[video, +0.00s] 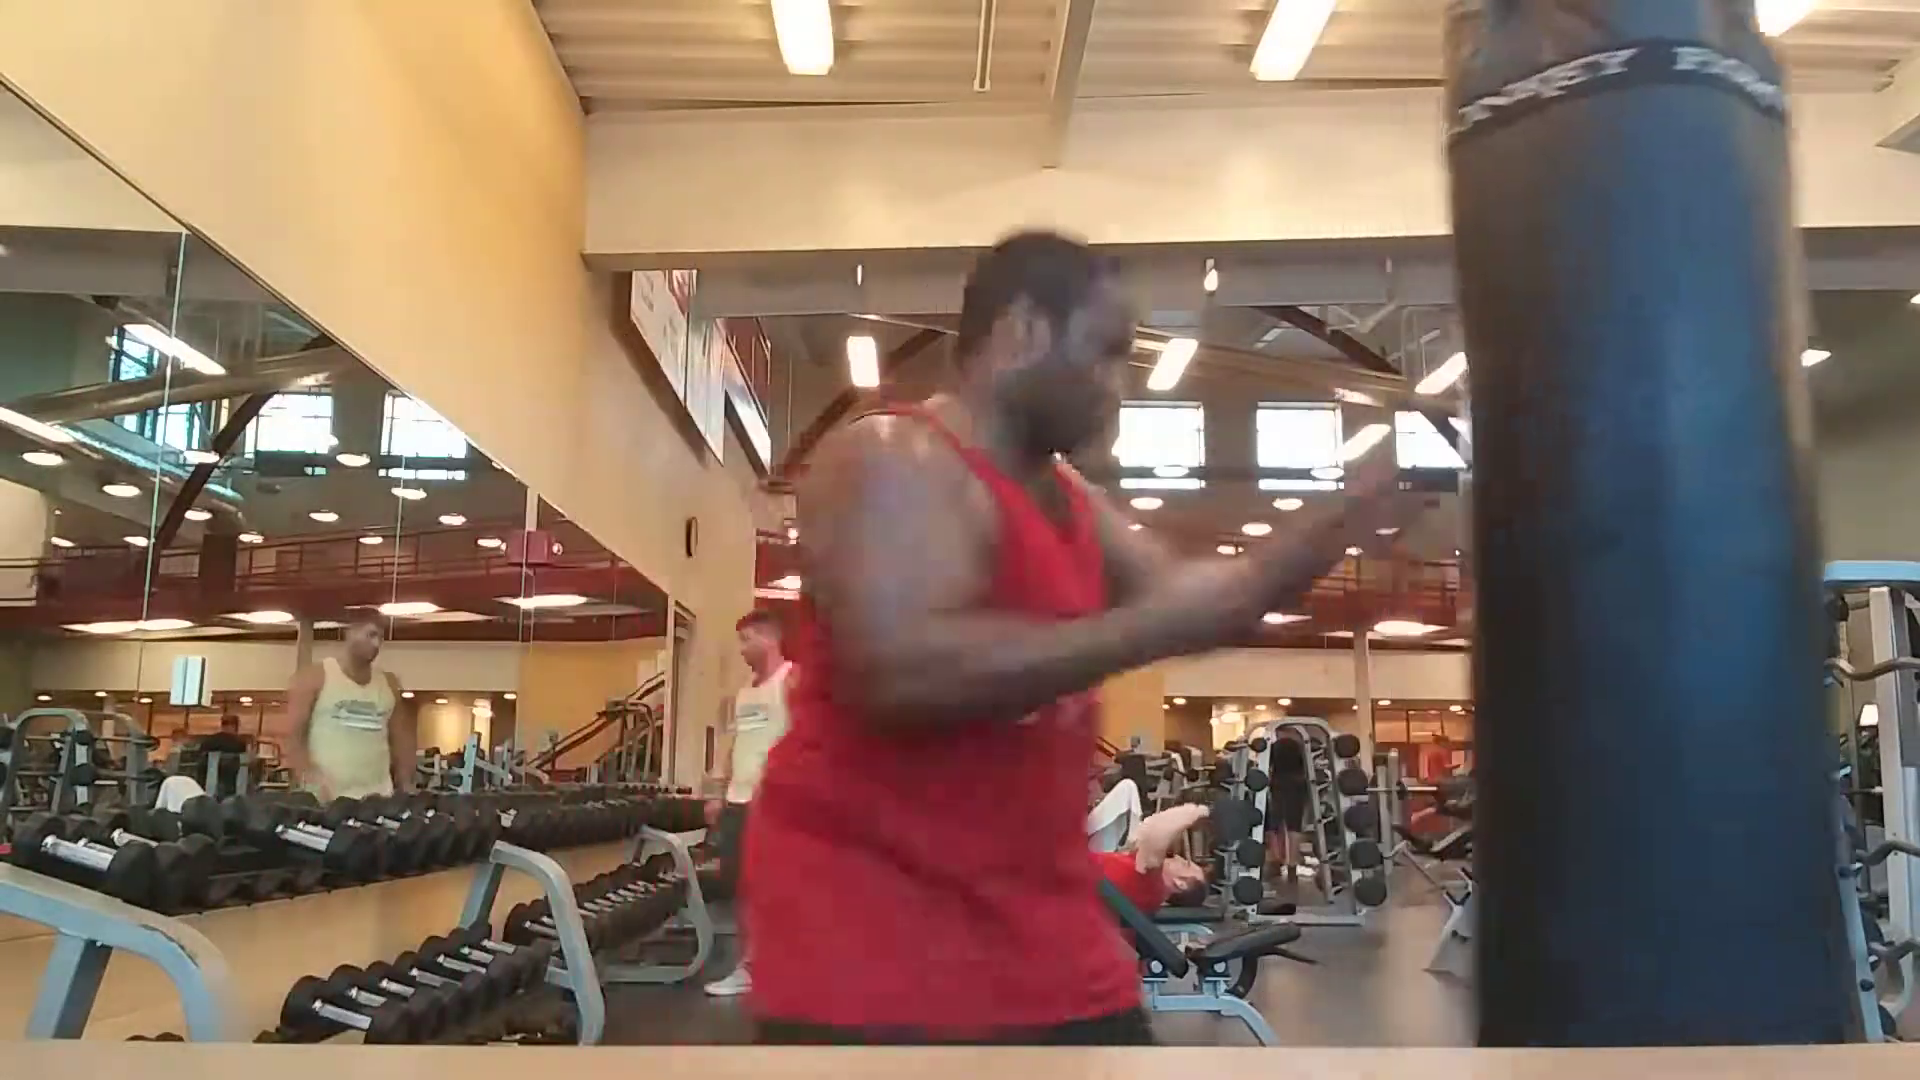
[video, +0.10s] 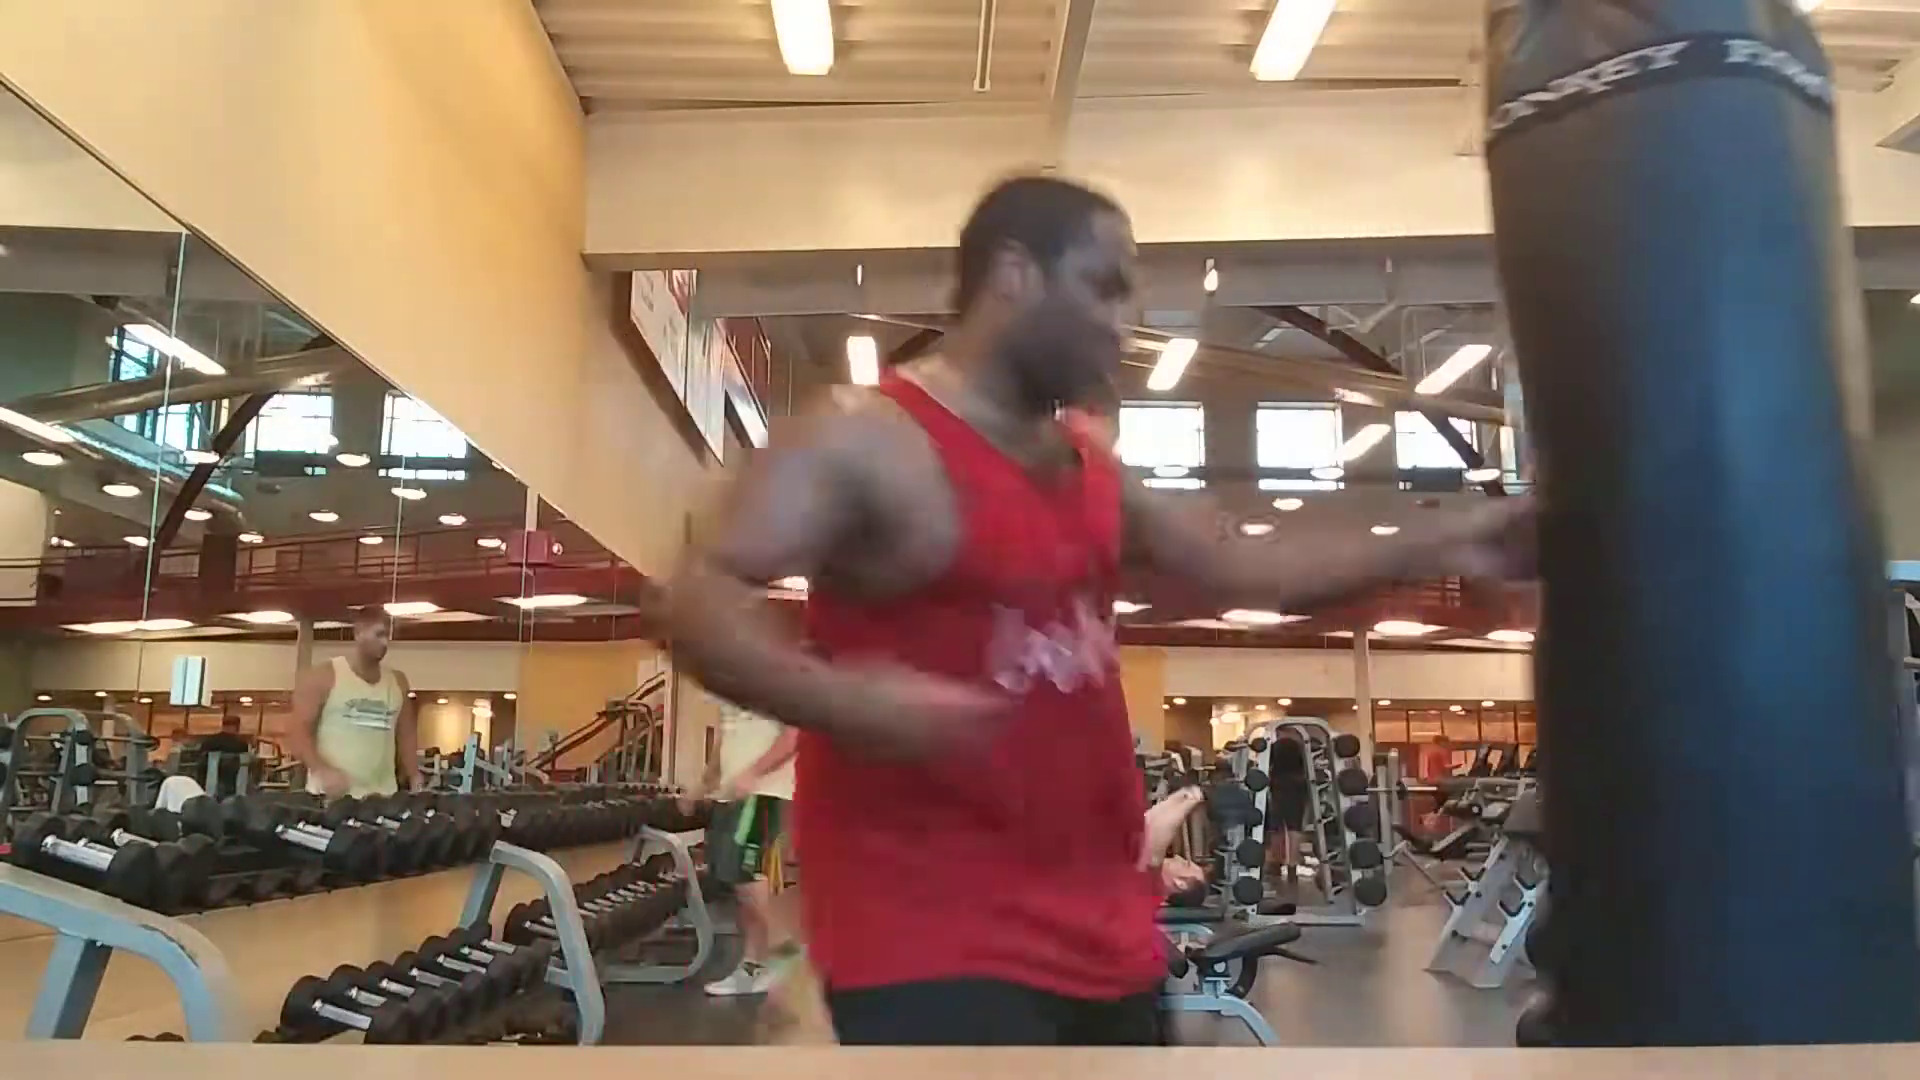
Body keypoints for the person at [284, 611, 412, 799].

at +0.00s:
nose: (378, 644)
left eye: (380, 638)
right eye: (371, 635)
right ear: (350, 633)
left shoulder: (388, 683)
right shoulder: (314, 676)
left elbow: (400, 742)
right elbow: (293, 736)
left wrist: (404, 788)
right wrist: (310, 775)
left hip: (377, 796)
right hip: (325, 797)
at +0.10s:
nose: (386, 642)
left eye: (388, 636)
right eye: (380, 634)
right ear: (358, 633)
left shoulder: (396, 681)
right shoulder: (323, 675)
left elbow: (406, 734)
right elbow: (298, 731)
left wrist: (414, 777)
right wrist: (320, 769)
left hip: (382, 795)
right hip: (332, 796)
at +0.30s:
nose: (409, 645)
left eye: (412, 638)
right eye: (404, 636)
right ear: (380, 632)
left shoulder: (406, 681)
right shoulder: (346, 673)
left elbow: (413, 735)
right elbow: (329, 731)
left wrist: (427, 763)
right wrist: (365, 761)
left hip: (388, 796)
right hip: (345, 795)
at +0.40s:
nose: (418, 648)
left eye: (420, 641)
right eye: (414, 639)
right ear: (392, 634)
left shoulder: (410, 682)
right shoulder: (358, 671)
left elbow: (418, 739)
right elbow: (353, 737)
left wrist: (429, 762)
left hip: (391, 792)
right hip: (351, 791)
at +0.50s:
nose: (431, 649)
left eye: (433, 641)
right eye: (428, 639)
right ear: (406, 632)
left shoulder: (415, 678)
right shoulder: (372, 672)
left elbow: (421, 736)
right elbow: (378, 740)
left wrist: (442, 767)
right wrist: (429, 775)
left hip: (389, 791)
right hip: (351, 792)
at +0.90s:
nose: (465, 662)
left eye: (467, 654)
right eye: (463, 653)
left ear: (442, 648)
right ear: (444, 648)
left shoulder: (440, 682)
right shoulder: (399, 681)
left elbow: (446, 737)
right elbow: (410, 762)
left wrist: (466, 790)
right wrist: (451, 798)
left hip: (383, 788)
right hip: (348, 787)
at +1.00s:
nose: (467, 662)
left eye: (469, 655)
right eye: (465, 654)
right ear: (449, 648)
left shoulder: (440, 682)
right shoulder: (401, 681)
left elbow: (445, 736)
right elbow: (409, 759)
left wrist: (466, 789)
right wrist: (450, 797)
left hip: (381, 790)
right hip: (347, 789)